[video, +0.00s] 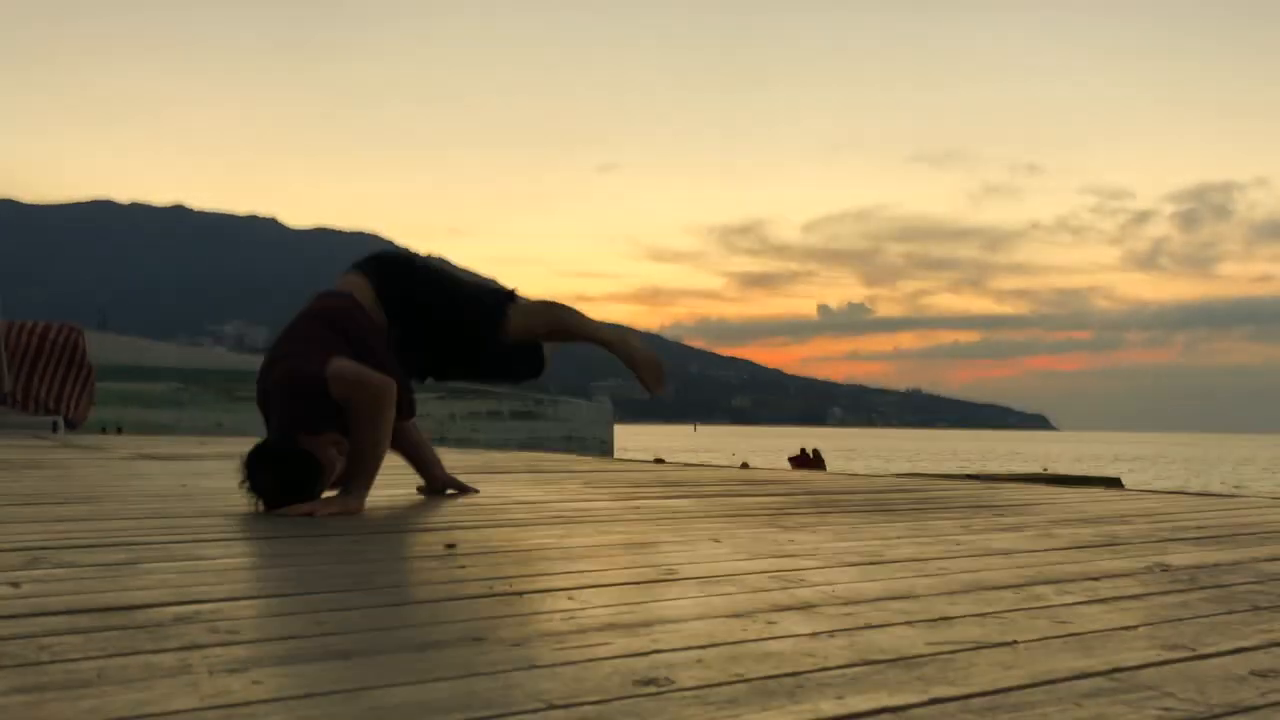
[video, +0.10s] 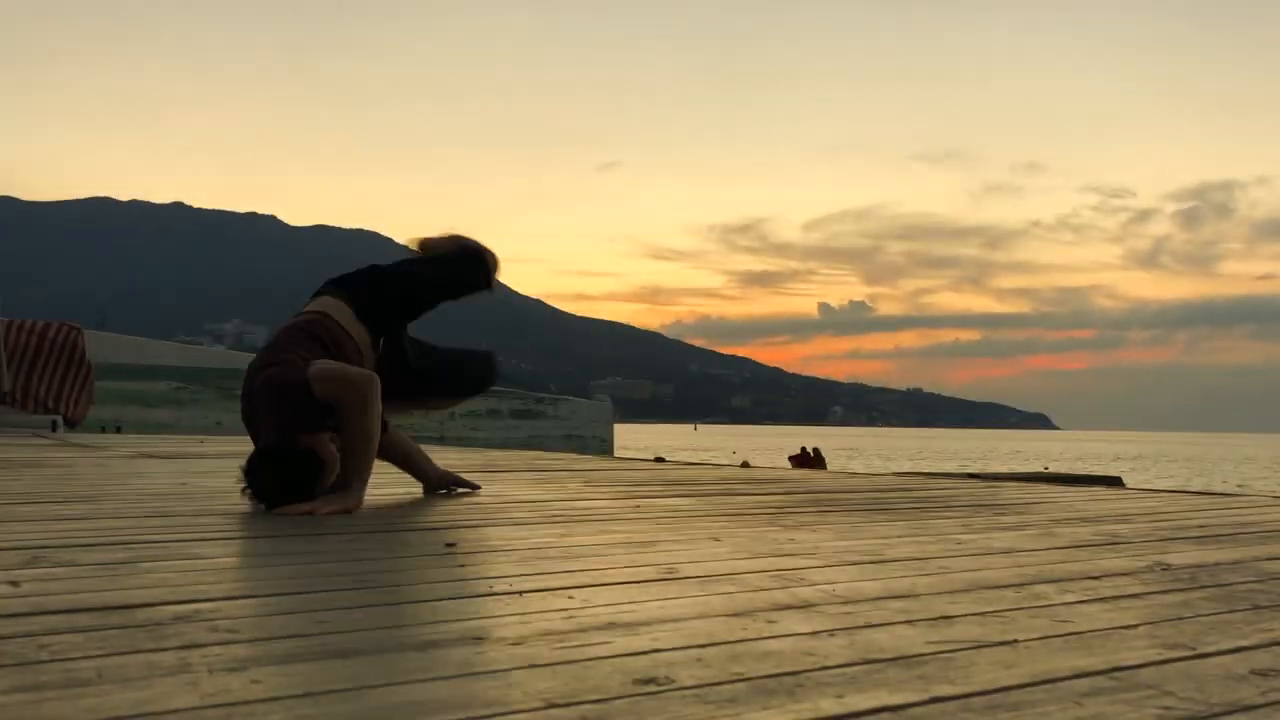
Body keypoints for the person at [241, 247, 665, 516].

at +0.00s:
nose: (335, 467)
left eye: (328, 468)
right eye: (328, 471)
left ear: (315, 445)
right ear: (312, 445)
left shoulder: (302, 383)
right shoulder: (285, 411)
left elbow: (378, 391)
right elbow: (387, 418)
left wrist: (355, 493)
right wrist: (435, 477)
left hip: (391, 287)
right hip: (386, 338)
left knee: (512, 318)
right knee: (514, 360)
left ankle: (619, 340)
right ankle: (436, 479)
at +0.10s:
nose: (337, 449)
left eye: (330, 451)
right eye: (337, 464)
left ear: (309, 445)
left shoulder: (278, 391)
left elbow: (365, 385)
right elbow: (370, 431)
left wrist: (353, 491)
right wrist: (429, 474)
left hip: (353, 304)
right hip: (374, 370)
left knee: (480, 267)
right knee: (481, 372)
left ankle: (432, 248)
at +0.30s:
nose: (354, 356)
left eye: (364, 371)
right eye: (378, 373)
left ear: (346, 383)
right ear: (377, 433)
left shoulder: (307, 361)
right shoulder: (337, 468)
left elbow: (302, 271)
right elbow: (393, 459)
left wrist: (387, 312)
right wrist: (430, 465)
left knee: (219, 314)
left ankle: (168, 402)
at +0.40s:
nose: (385, 353)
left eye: (391, 356)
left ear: (378, 373)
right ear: (424, 404)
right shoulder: (403, 424)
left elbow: (218, 331)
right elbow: (415, 368)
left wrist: (286, 280)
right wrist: (441, 393)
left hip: (227, 390)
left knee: (116, 351)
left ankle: (160, 450)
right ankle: (299, 467)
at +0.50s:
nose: (389, 362)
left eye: (399, 370)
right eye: (398, 357)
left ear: (398, 392)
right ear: (400, 353)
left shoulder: (338, 432)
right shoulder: (379, 350)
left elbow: (231, 436)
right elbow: (365, 298)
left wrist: (265, 386)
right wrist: (408, 311)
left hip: (196, 381)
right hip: (216, 337)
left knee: (63, 363)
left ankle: (151, 448)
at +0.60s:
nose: (396, 375)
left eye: (405, 391)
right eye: (408, 372)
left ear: (406, 418)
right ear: (406, 369)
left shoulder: (354, 451)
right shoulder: (378, 359)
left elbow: (244, 481)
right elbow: (365, 305)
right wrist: (391, 282)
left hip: (183, 388)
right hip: (209, 330)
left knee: (35, 391)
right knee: (114, 273)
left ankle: (151, 448)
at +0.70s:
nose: (400, 393)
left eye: (410, 405)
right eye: (408, 391)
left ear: (406, 436)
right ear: (403, 392)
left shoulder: (355, 462)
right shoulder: (373, 394)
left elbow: (248, 476)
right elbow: (400, 358)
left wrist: (332, 459)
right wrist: (441, 327)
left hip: (172, 389)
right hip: (194, 332)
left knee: (17, 401)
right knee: (104, 234)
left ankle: (137, 446)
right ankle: (6, 206)